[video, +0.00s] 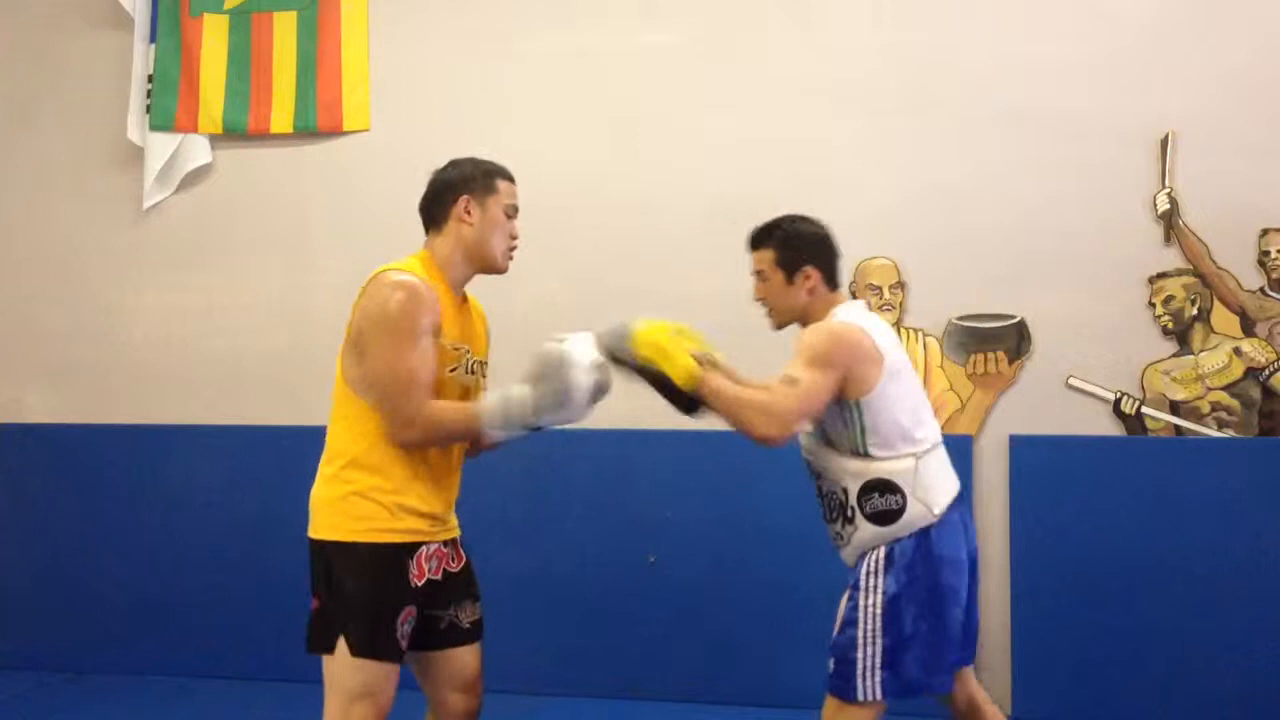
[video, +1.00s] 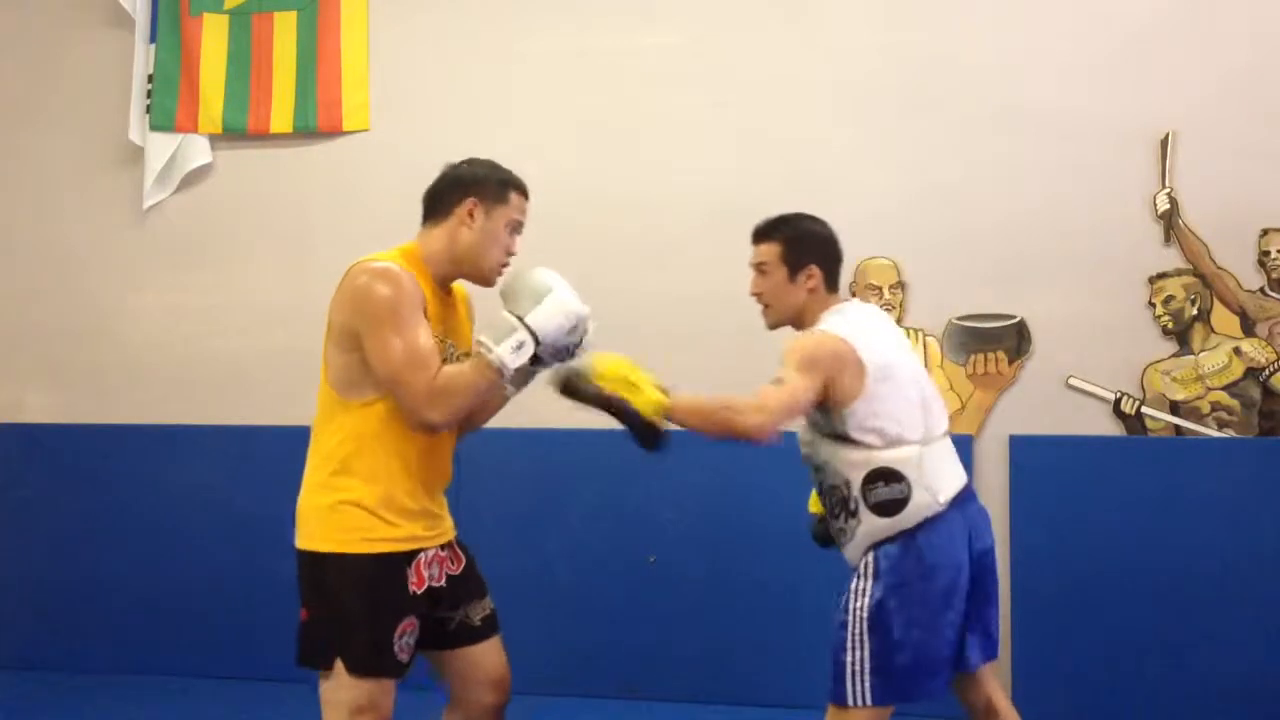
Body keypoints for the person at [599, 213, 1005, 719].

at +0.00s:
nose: (755, 291)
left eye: (763, 277)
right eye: (755, 277)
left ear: (808, 280)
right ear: (810, 281)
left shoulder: (835, 337)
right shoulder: (854, 326)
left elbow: (773, 424)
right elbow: (781, 404)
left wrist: (696, 377)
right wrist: (714, 372)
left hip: (903, 543)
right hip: (934, 531)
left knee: (850, 702)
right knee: (956, 687)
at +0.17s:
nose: (796, 289)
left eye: (805, 274)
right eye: (797, 274)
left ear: (849, 278)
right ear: (852, 279)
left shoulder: (869, 343)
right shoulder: (899, 330)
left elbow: (877, 445)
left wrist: (787, 455)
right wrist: (802, 444)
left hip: (921, 542)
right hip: (958, 531)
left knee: (859, 707)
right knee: (968, 692)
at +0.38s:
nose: (832, 296)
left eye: (842, 280)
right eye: (833, 281)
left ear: (887, 285)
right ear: (888, 287)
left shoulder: (911, 347)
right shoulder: (921, 338)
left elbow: (945, 443)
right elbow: (930, 448)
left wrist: (875, 487)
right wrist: (863, 489)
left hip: (943, 548)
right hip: (971, 544)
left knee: (856, 704)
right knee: (969, 699)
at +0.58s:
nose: (828, 283)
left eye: (838, 267)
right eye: (829, 268)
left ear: (884, 272)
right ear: (886, 274)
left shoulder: (890, 333)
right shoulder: (926, 322)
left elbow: (958, 401)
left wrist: (908, 496)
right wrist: (864, 475)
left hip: (934, 540)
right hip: (976, 529)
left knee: (854, 707)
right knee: (983, 697)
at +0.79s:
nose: (783, 287)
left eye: (794, 272)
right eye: (786, 272)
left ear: (840, 279)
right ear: (843, 280)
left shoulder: (853, 347)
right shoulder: (903, 337)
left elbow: (878, 433)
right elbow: (929, 448)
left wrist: (806, 493)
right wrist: (832, 507)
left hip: (905, 551)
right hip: (961, 537)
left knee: (845, 708)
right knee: (970, 692)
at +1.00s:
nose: (752, 287)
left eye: (763, 272)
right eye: (753, 272)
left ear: (810, 280)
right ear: (813, 281)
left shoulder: (820, 345)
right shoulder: (872, 321)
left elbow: (757, 420)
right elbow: (914, 420)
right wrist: (845, 490)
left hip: (905, 548)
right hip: (960, 527)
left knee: (856, 707)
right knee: (981, 688)